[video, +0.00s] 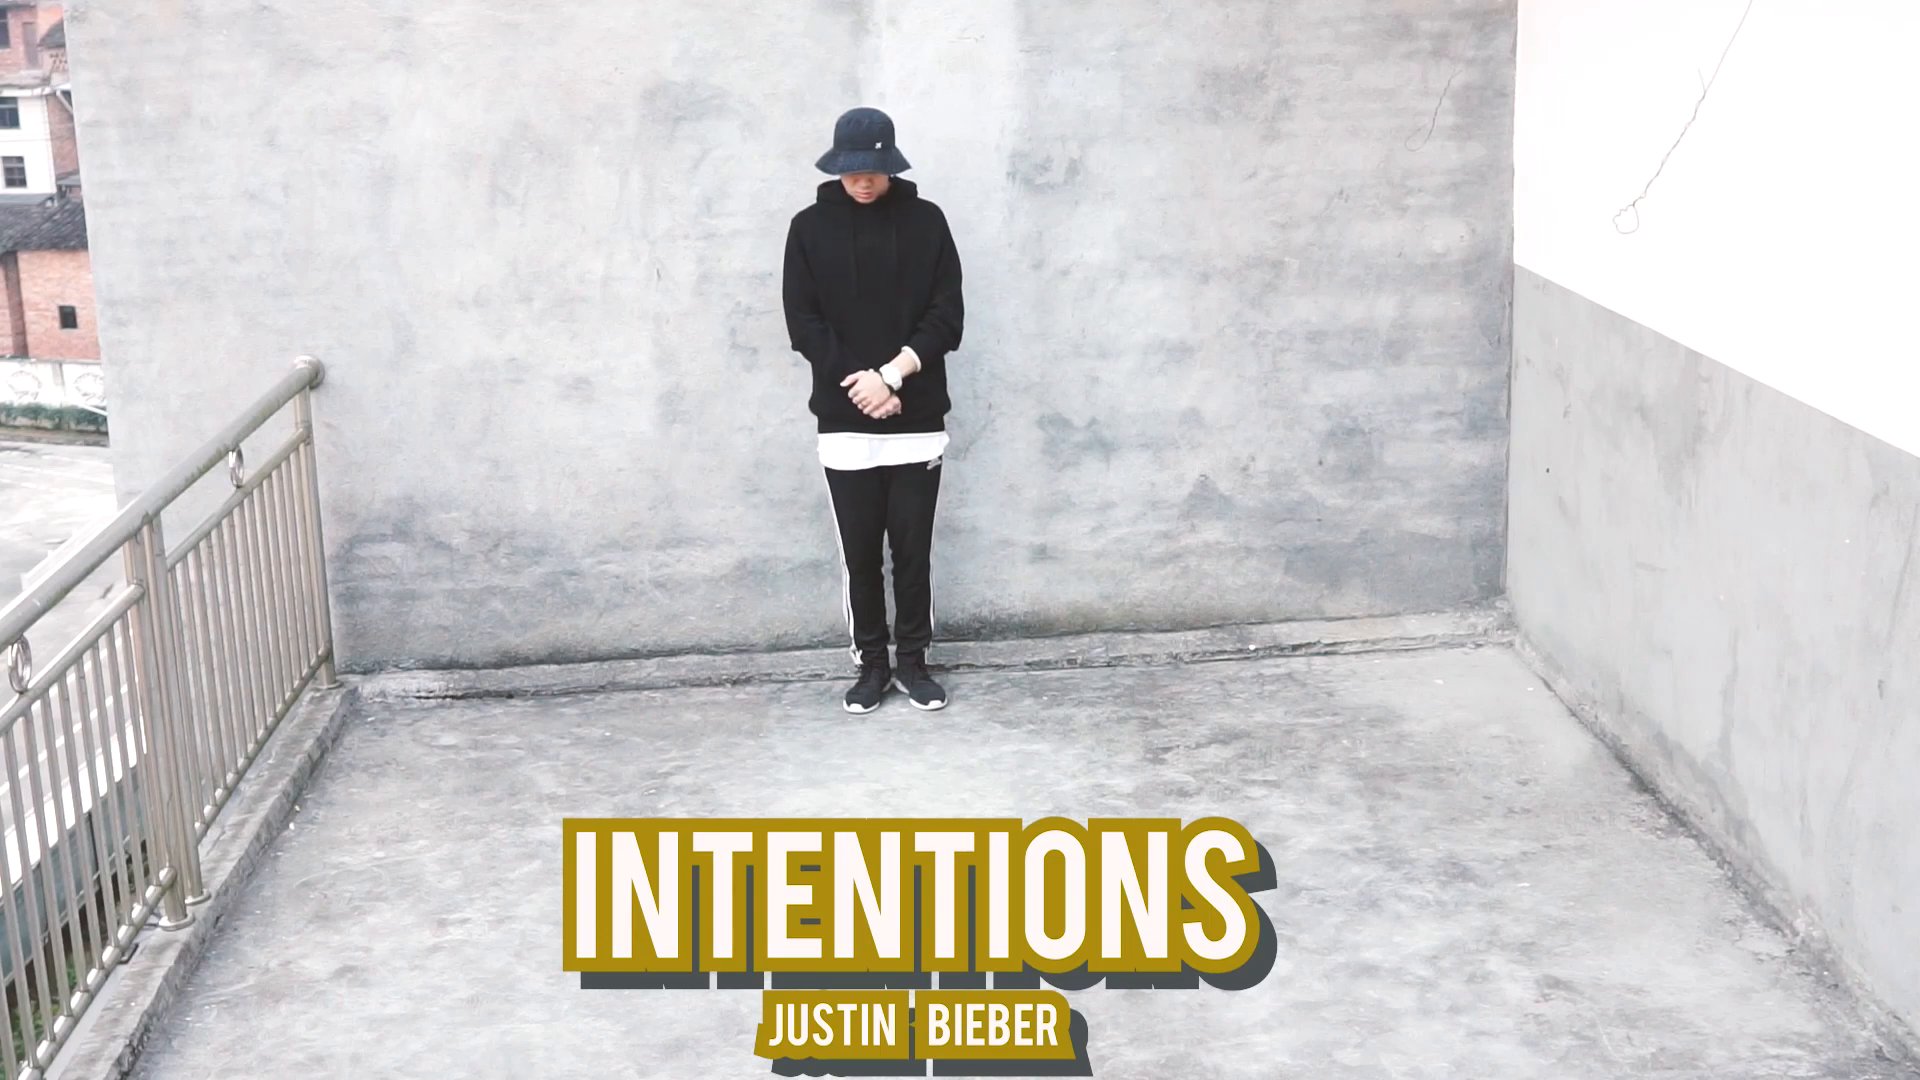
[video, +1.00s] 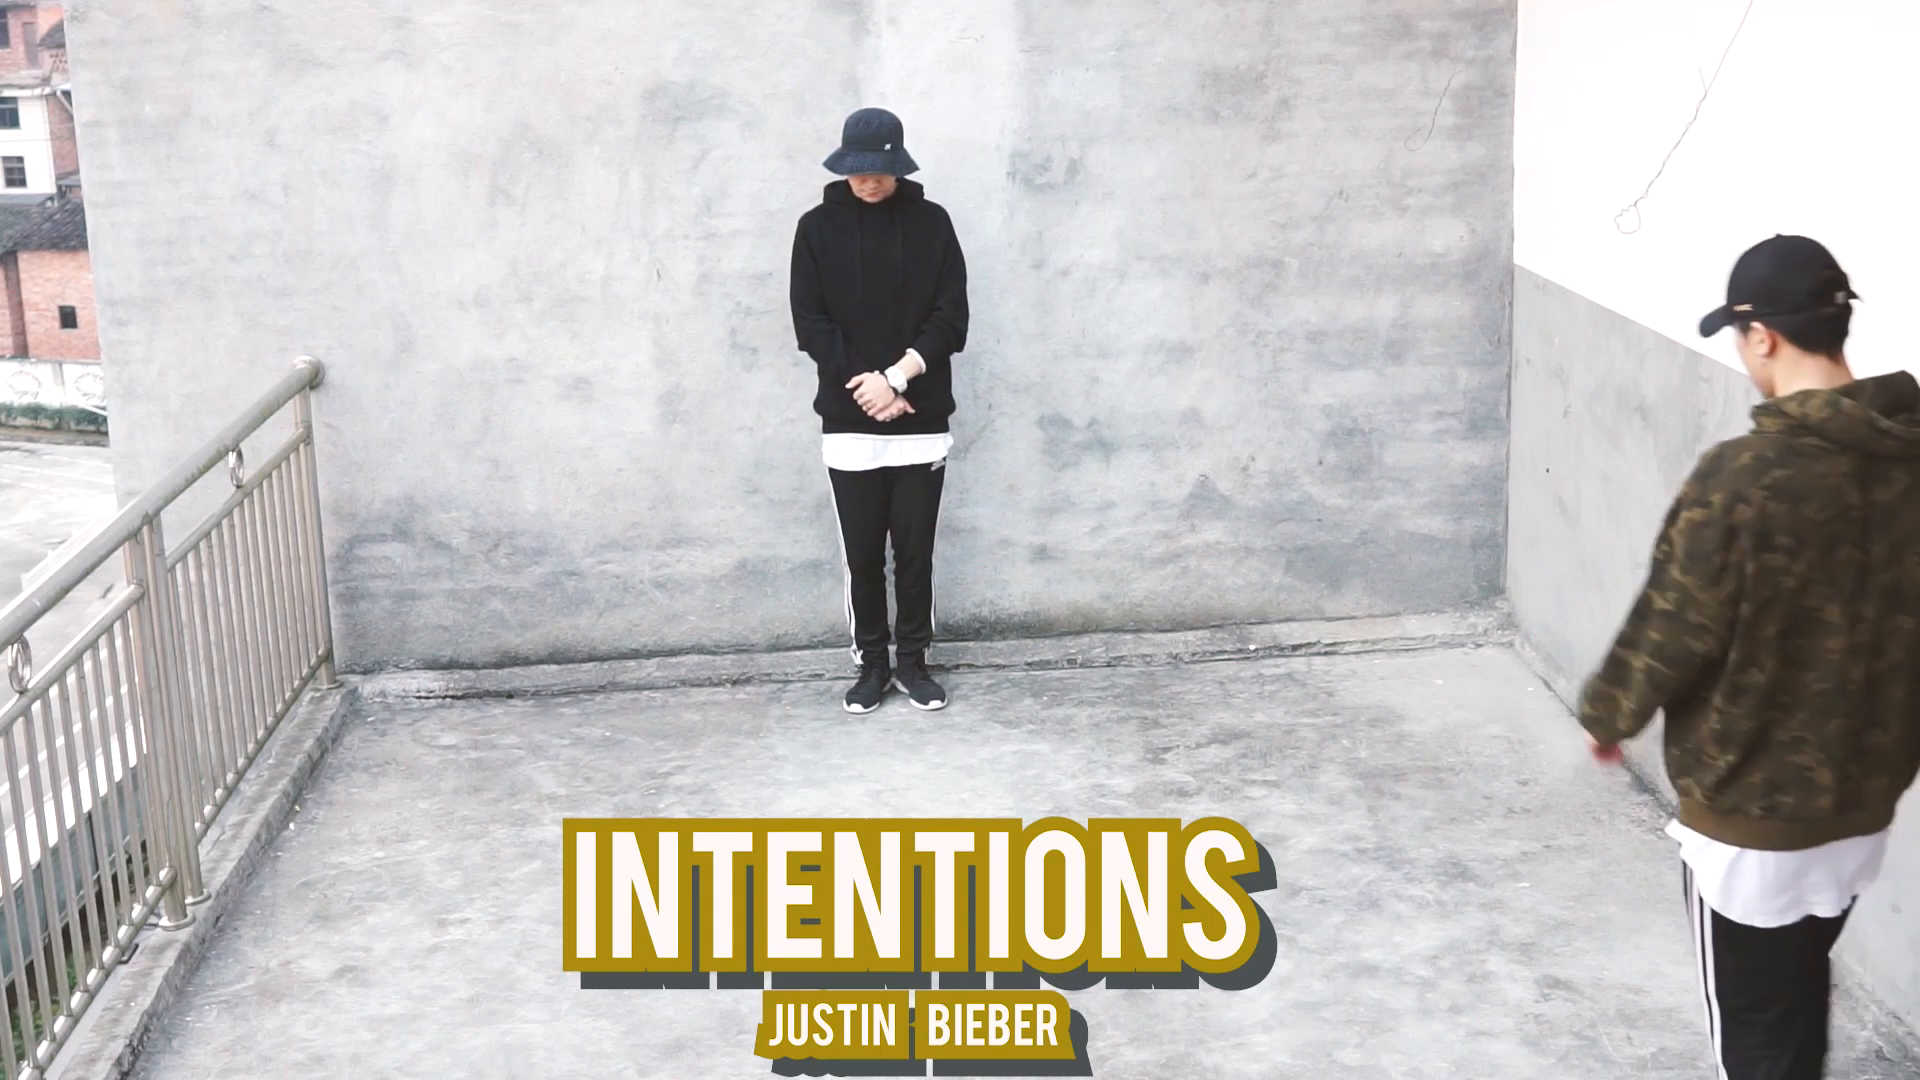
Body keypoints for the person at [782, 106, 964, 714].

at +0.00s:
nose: (861, 182)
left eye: (872, 171)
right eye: (851, 171)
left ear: (891, 166)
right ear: (835, 169)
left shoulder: (925, 219)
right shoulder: (810, 226)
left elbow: (947, 316)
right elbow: (803, 322)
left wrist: (892, 371)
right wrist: (860, 384)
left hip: (917, 413)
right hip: (843, 416)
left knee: (912, 548)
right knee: (860, 551)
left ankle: (913, 663)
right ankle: (872, 666)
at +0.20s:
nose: (863, 182)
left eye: (874, 171)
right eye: (852, 172)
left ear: (893, 167)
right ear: (837, 169)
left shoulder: (926, 220)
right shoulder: (813, 226)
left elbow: (948, 316)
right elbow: (804, 323)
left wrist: (893, 372)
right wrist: (861, 385)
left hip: (918, 414)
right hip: (844, 416)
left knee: (912, 549)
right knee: (861, 552)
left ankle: (913, 663)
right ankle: (872, 666)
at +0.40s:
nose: (865, 182)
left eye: (876, 171)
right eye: (855, 171)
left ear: (895, 167)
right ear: (840, 169)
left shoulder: (927, 220)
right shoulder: (814, 226)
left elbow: (948, 317)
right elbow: (806, 323)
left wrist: (893, 372)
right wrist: (864, 386)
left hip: (919, 414)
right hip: (844, 417)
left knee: (912, 548)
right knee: (861, 552)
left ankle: (913, 663)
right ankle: (872, 666)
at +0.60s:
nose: (869, 182)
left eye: (880, 171)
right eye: (858, 171)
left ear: (897, 167)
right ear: (842, 169)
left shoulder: (929, 222)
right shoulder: (816, 226)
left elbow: (949, 317)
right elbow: (807, 323)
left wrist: (894, 372)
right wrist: (865, 386)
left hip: (920, 414)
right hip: (846, 416)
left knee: (912, 548)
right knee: (861, 552)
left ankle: (912, 663)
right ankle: (872, 666)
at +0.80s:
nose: (868, 181)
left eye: (879, 171)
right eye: (857, 171)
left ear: (898, 167)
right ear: (842, 169)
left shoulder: (930, 222)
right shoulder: (817, 225)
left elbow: (950, 317)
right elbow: (808, 322)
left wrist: (896, 373)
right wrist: (865, 387)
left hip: (920, 415)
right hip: (846, 417)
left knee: (914, 549)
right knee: (862, 552)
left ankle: (913, 662)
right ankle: (872, 666)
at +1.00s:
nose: (869, 181)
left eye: (880, 171)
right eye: (858, 170)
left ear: (899, 167)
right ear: (843, 168)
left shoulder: (931, 221)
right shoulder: (818, 226)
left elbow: (952, 317)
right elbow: (810, 322)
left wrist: (897, 373)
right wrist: (865, 386)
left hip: (921, 415)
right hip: (847, 417)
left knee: (914, 550)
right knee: (863, 553)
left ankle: (913, 664)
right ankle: (872, 667)